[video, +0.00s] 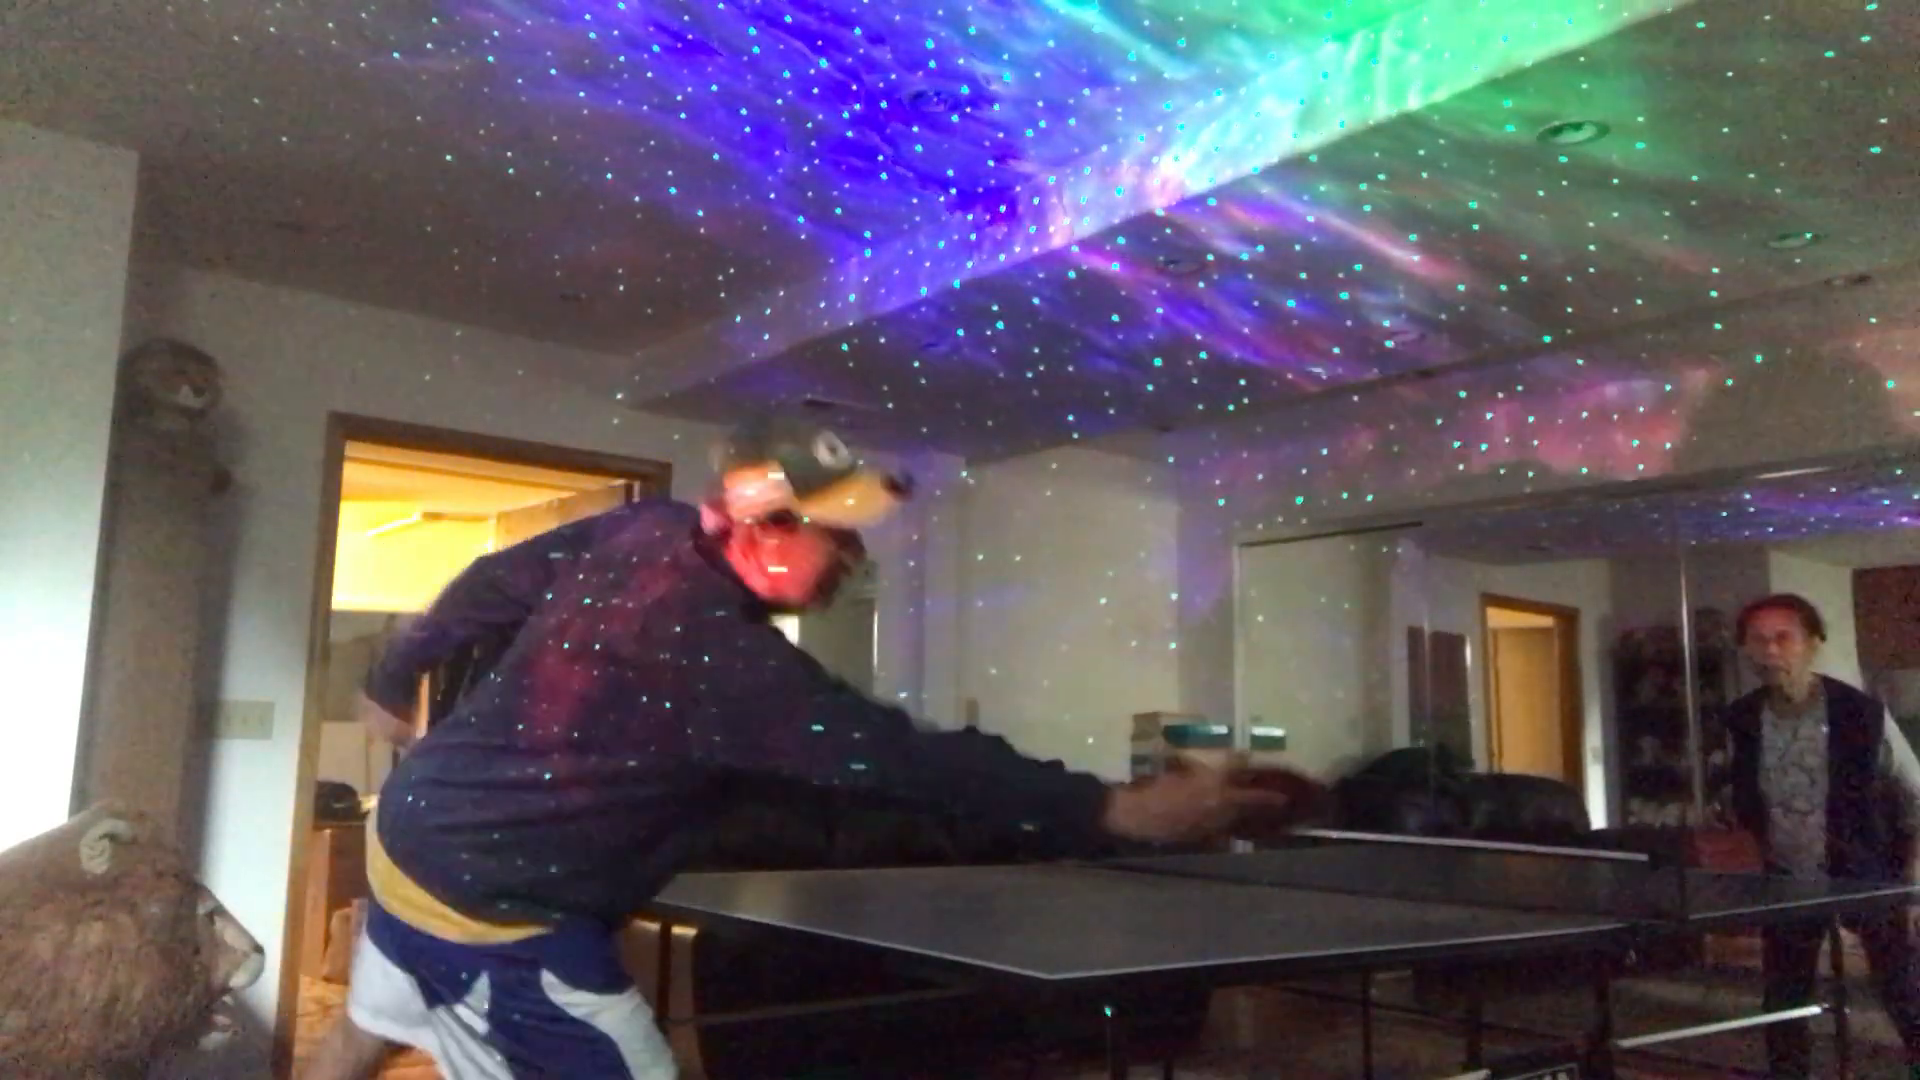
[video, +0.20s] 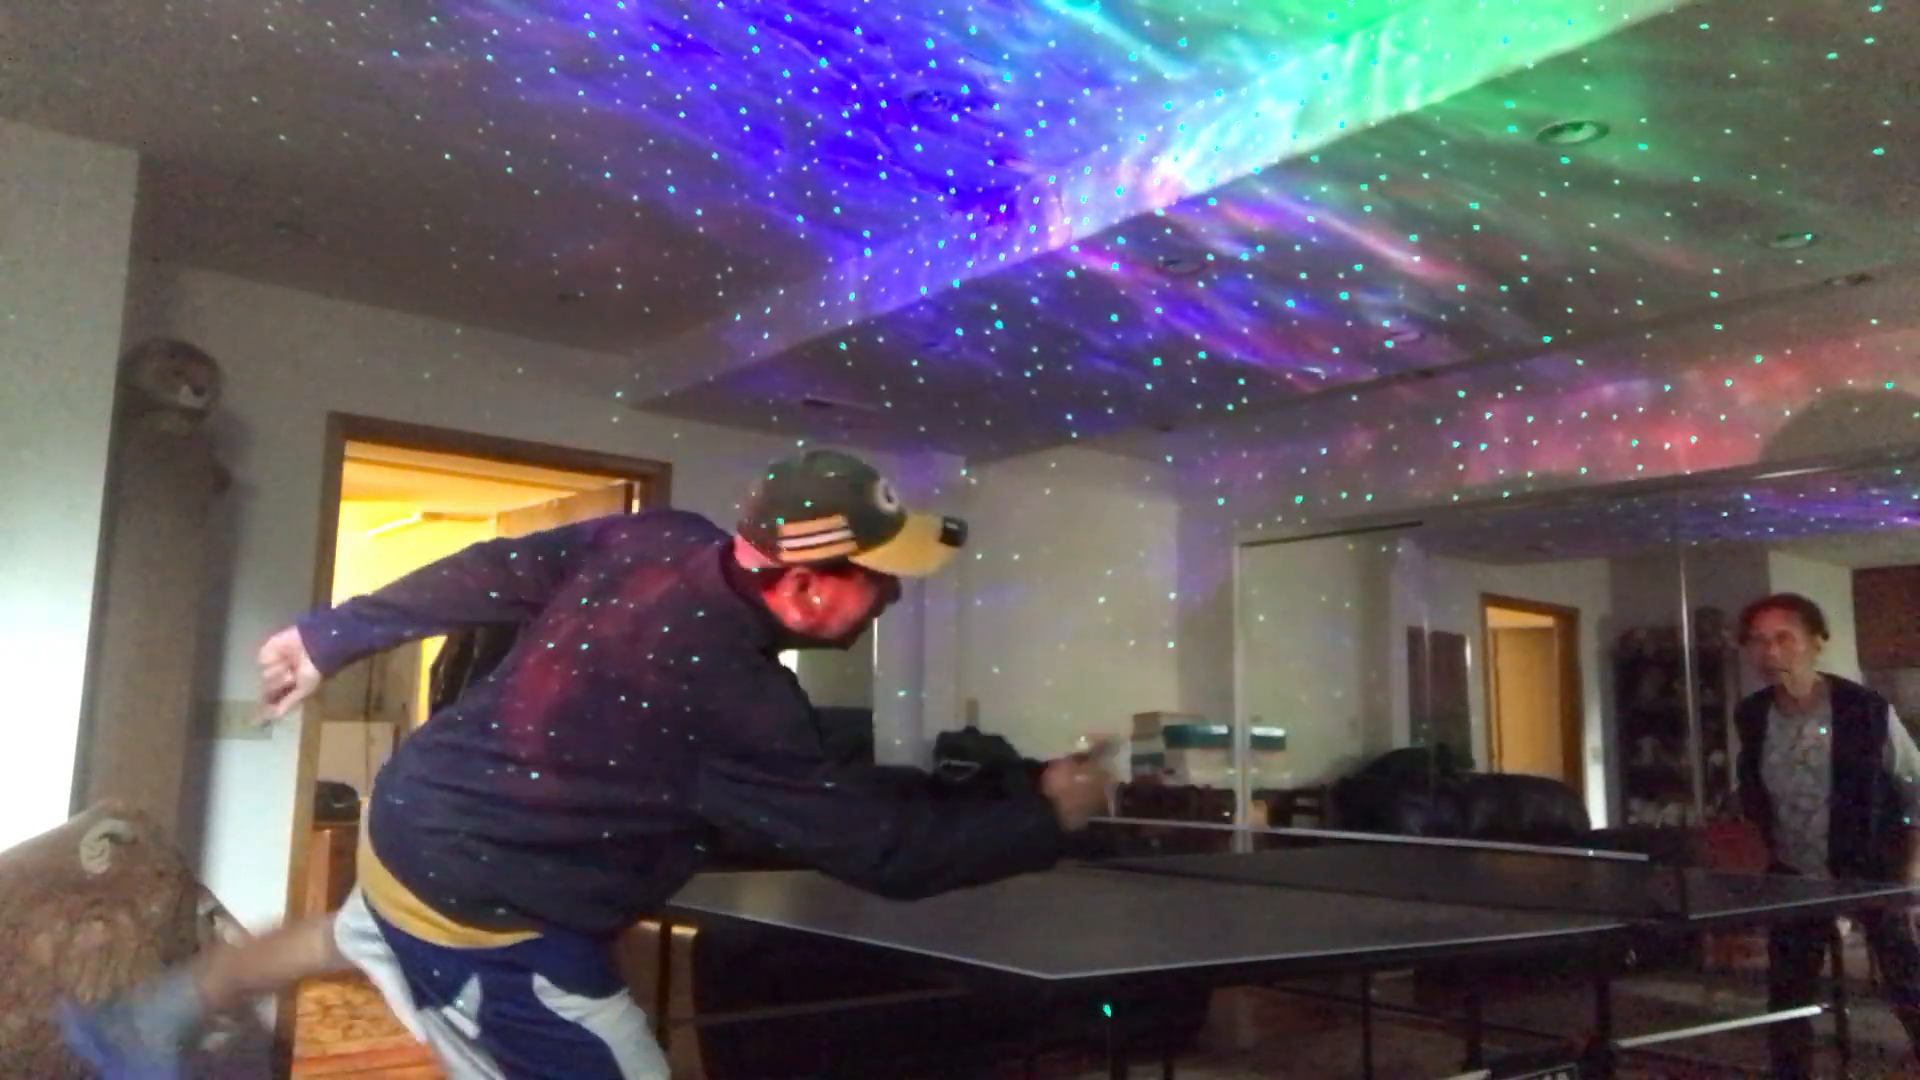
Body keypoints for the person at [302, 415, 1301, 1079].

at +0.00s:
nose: (851, 570)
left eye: (852, 546)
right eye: (839, 547)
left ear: (744, 517)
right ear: (769, 536)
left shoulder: (637, 526)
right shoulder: (742, 668)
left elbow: (490, 583)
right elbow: (909, 759)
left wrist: (397, 674)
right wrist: (1116, 809)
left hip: (404, 855)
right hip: (505, 925)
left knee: (362, 1032)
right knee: (632, 1065)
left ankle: (324, 1066)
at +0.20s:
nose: (879, 607)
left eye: (884, 585)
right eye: (870, 585)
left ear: (778, 549)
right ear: (798, 573)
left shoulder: (655, 537)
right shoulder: (736, 700)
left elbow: (489, 574)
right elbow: (892, 841)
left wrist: (330, 633)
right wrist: (1047, 812)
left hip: (407, 813)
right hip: (484, 936)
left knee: (355, 929)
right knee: (620, 1063)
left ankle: (163, 1012)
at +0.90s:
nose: (596, 366)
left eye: (601, 340)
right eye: (566, 334)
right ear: (484, 340)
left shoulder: (483, 484)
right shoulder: (400, 464)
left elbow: (407, 702)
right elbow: (286, 703)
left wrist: (500, 787)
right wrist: (460, 827)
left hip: (400, 913)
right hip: (334, 917)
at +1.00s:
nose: (493, 323)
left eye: (515, 298)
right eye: (462, 287)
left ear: (528, 330)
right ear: (389, 305)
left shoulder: (462, 488)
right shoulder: (306, 439)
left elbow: (433, 697)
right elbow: (205, 680)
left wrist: (473, 789)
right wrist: (389, 799)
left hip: (378, 904)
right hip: (278, 904)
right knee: (449, 1060)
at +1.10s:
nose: (420, 287)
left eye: (446, 262)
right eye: (385, 256)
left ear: (472, 298)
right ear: (319, 289)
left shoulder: (437, 460)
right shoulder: (242, 425)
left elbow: (426, 669)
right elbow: (149, 673)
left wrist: (447, 820)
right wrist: (332, 769)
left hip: (356, 887)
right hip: (238, 885)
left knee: (234, 1062)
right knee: (420, 1061)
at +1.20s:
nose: (370, 269)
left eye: (399, 241)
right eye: (334, 238)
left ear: (429, 279)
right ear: (274, 275)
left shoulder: (418, 455)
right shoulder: (190, 428)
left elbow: (404, 656)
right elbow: (92, 664)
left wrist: (485, 743)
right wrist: (245, 735)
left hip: (346, 895)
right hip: (220, 895)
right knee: (344, 1059)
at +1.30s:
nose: (340, 261)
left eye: (371, 231)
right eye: (304, 226)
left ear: (407, 272)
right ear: (242, 261)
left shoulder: (414, 451)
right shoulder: (145, 421)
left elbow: (405, 657)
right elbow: (25, 656)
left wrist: (529, 663)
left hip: (344, 926)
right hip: (180, 927)